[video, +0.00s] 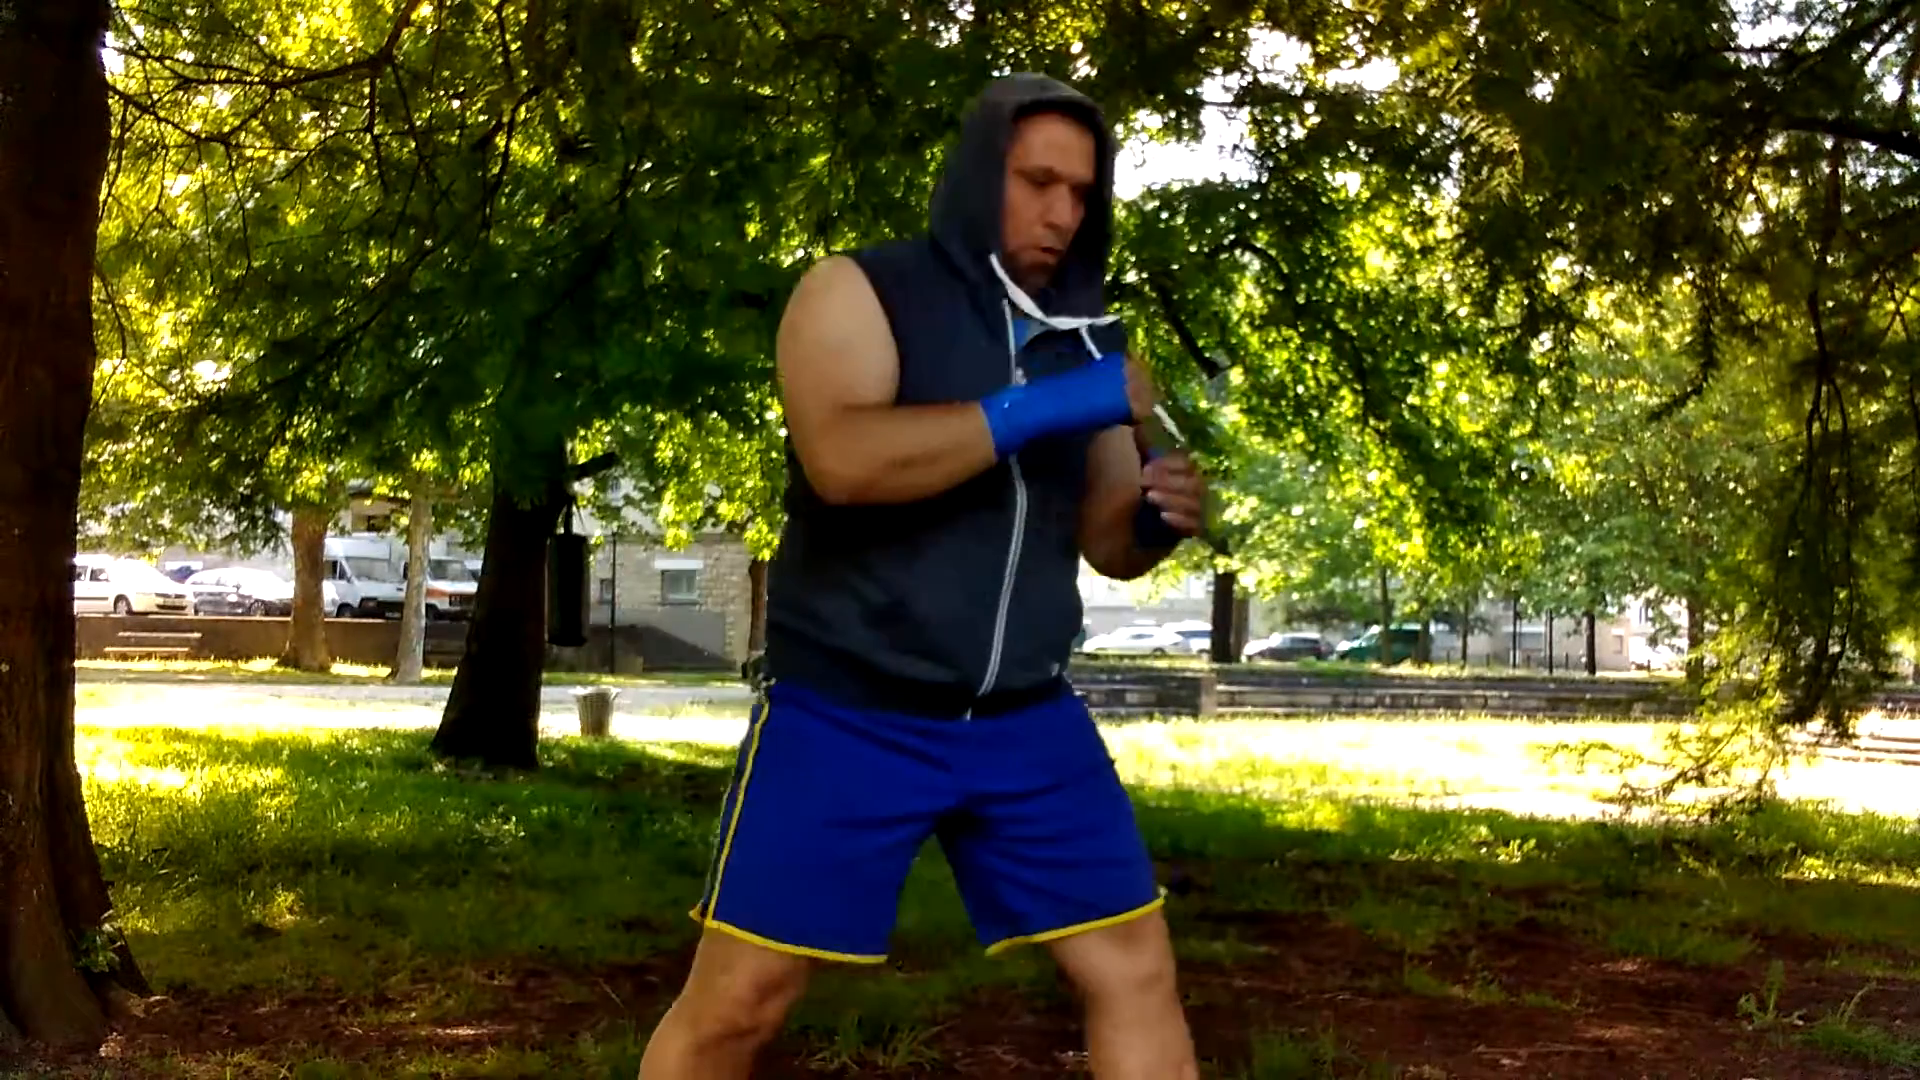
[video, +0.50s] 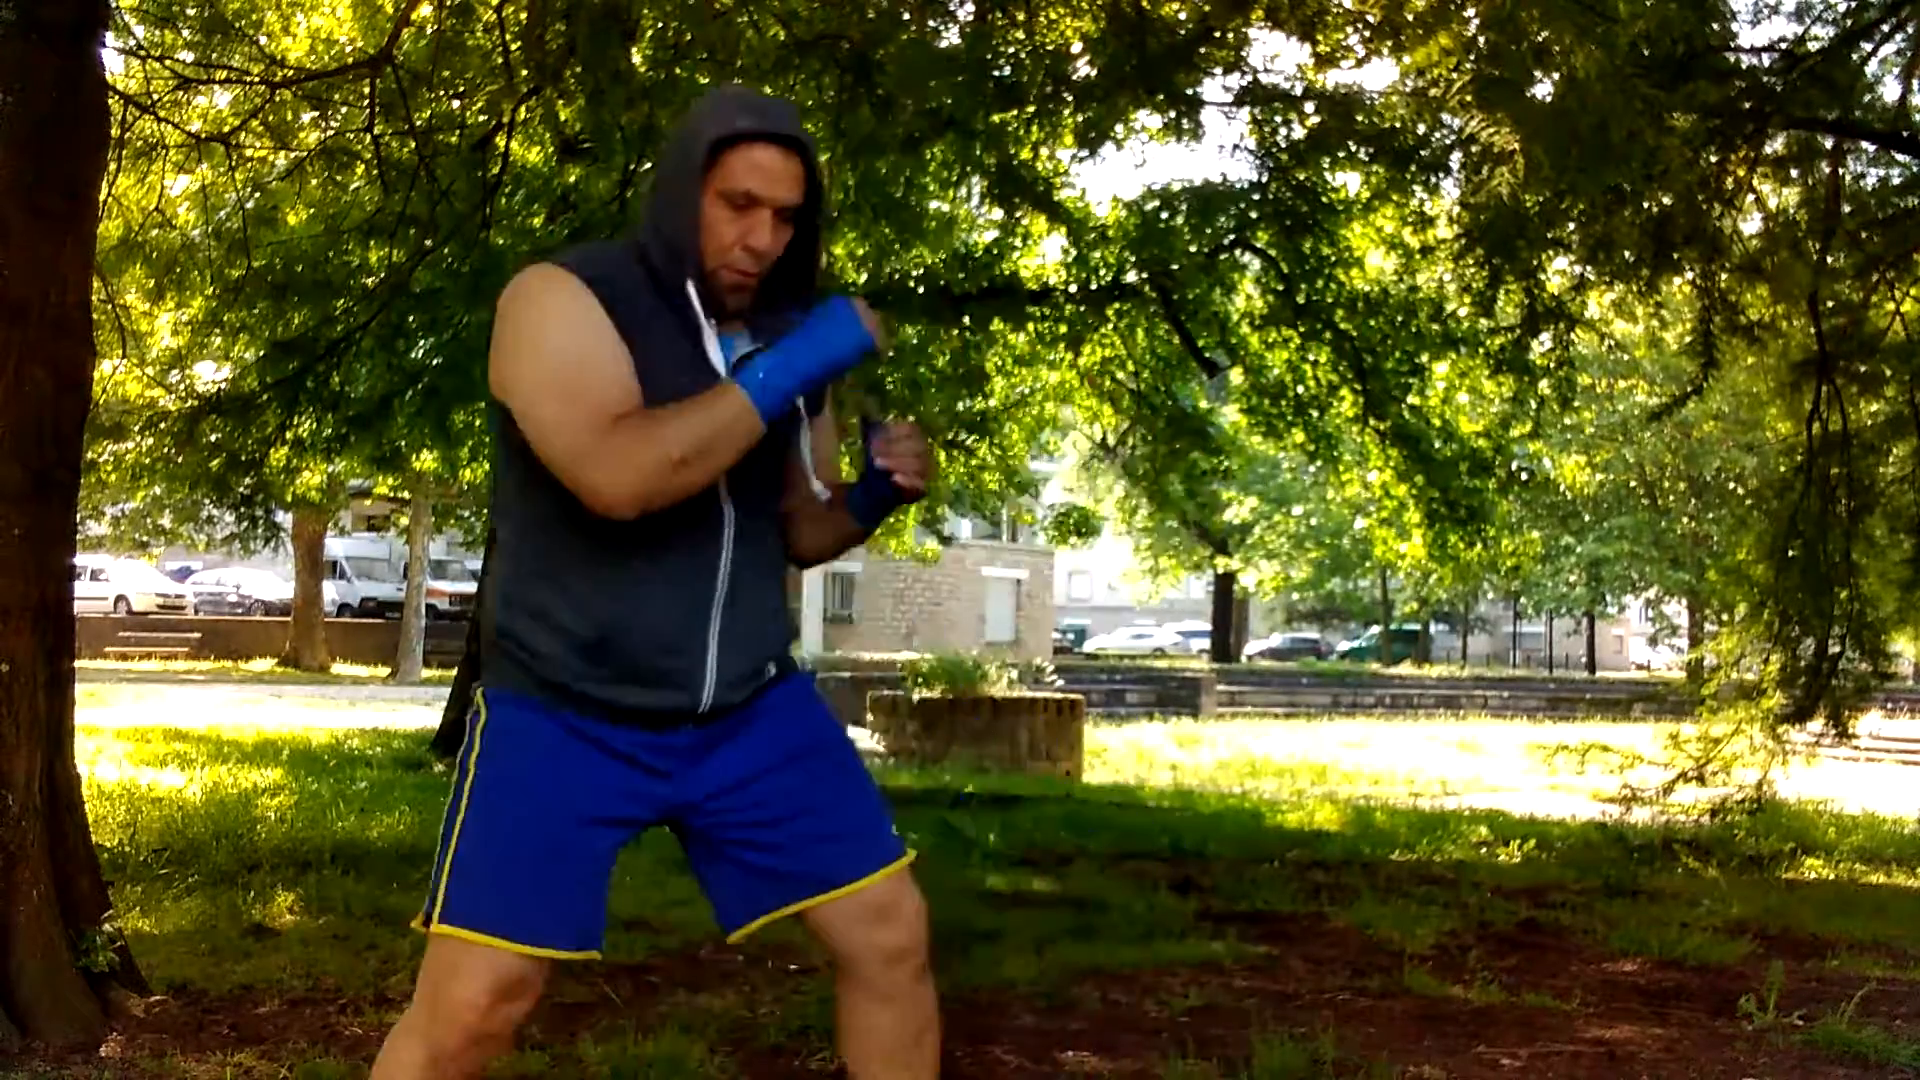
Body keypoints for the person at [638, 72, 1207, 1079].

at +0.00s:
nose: (1065, 214)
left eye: (1082, 192)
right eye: (1042, 183)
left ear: (1095, 203)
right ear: (978, 178)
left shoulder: (1088, 340)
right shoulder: (851, 289)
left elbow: (1108, 542)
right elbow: (842, 460)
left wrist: (1155, 516)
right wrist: (1060, 405)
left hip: (1026, 718)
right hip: (846, 715)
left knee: (1135, 974)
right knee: (737, 1003)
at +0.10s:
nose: (980, 195)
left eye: (1001, 172)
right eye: (955, 162)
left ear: (1016, 182)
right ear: (892, 154)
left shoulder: (1016, 313)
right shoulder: (775, 266)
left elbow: (1027, 510)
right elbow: (764, 450)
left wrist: (1090, 450)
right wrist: (982, 386)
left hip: (950, 694)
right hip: (769, 692)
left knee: (1071, 924)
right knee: (672, 978)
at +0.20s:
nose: (953, 197)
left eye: (975, 173)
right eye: (929, 163)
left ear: (992, 183)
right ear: (868, 154)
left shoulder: (989, 303)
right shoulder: (744, 259)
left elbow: (1043, 497)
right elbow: (723, 456)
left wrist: (1079, 389)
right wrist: (910, 353)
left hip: (909, 678)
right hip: (727, 671)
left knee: (1021, 924)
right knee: (626, 957)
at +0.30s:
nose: (908, 224)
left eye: (931, 201)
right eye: (883, 190)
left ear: (949, 212)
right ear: (826, 183)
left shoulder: (949, 330)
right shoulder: (704, 293)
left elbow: (1042, 518)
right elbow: (708, 486)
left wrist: (1076, 423)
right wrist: (871, 371)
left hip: (870, 719)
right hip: (690, 703)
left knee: (970, 962)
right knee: (571, 974)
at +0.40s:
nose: (834, 244)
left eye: (855, 222)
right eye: (812, 211)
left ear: (873, 230)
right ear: (754, 199)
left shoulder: (862, 359)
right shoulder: (629, 309)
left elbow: (909, 554)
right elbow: (674, 491)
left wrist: (977, 501)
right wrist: (865, 416)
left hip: (804, 726)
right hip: (618, 727)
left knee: (924, 957)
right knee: (500, 1016)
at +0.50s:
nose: (760, 238)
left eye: (784, 216)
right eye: (739, 204)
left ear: (801, 226)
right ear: (680, 190)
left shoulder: (778, 341)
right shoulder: (554, 300)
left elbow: (796, 532)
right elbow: (615, 472)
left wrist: (873, 493)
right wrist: (793, 363)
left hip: (752, 710)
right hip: (561, 714)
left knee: (887, 933)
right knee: (477, 999)